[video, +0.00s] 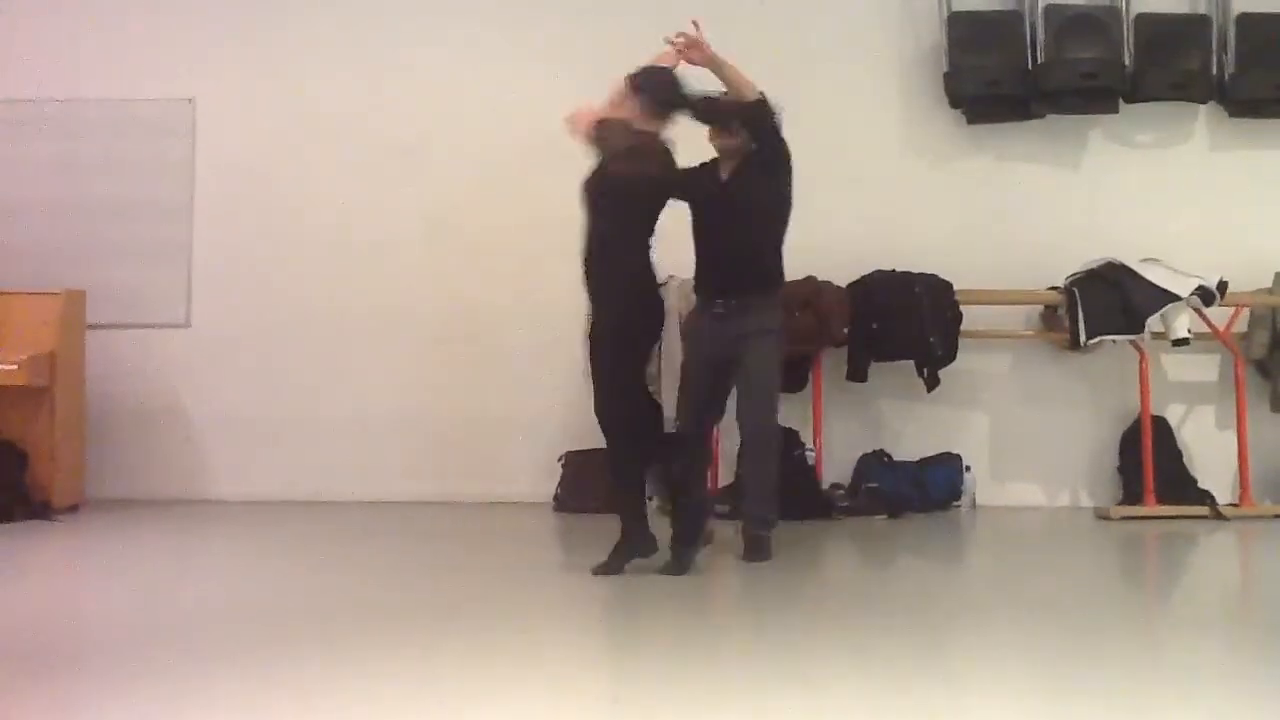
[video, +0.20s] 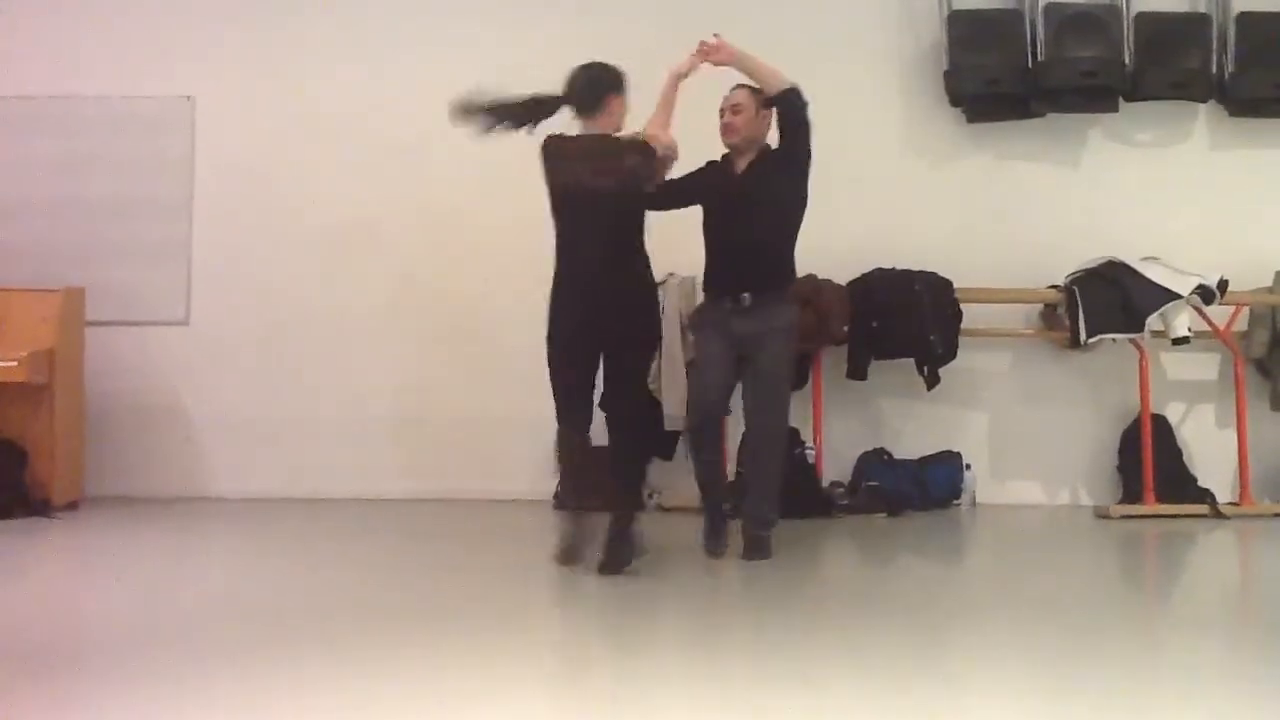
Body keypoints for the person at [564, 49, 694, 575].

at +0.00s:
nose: (616, 98)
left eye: (623, 93)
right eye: (622, 91)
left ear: (635, 103)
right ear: (666, 108)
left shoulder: (630, 156)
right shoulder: (651, 153)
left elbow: (584, 124)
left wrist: (612, 117)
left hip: (622, 304)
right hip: (631, 299)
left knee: (617, 411)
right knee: (631, 404)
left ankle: (634, 529)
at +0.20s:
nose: (624, 107)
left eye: (622, 100)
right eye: (622, 99)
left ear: (575, 104)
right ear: (613, 103)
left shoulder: (553, 150)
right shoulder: (633, 157)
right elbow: (667, 145)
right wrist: (675, 79)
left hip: (572, 302)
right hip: (627, 302)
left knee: (571, 413)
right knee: (626, 410)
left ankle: (572, 522)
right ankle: (622, 533)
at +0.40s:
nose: (597, 111)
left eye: (592, 101)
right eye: (589, 102)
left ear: (555, 111)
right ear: (567, 108)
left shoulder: (541, 164)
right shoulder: (573, 163)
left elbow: (602, 156)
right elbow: (653, 137)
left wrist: (636, 133)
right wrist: (686, 73)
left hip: (564, 307)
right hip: (596, 309)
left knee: (572, 420)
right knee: (623, 416)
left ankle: (536, 529)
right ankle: (595, 531)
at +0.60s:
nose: (575, 118)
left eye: (571, 109)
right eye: (567, 110)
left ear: (537, 119)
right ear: (542, 118)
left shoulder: (526, 170)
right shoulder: (559, 164)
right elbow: (643, 127)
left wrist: (622, 132)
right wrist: (680, 71)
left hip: (532, 316)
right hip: (559, 318)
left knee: (555, 422)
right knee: (615, 411)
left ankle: (533, 536)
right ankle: (571, 526)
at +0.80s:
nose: (567, 122)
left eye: (563, 115)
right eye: (558, 116)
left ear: (532, 127)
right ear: (533, 127)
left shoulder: (524, 175)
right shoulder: (550, 173)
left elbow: (596, 163)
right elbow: (633, 148)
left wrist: (618, 147)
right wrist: (672, 82)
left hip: (527, 320)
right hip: (544, 325)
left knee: (542, 428)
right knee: (597, 417)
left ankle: (532, 533)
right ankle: (525, 514)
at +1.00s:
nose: (554, 125)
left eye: (551, 117)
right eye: (545, 118)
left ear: (515, 128)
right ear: (517, 127)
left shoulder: (507, 179)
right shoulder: (542, 184)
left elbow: (571, 216)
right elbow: (595, 218)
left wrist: (616, 220)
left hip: (512, 320)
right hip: (534, 325)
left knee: (544, 429)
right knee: (547, 431)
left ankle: (537, 538)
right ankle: (472, 515)